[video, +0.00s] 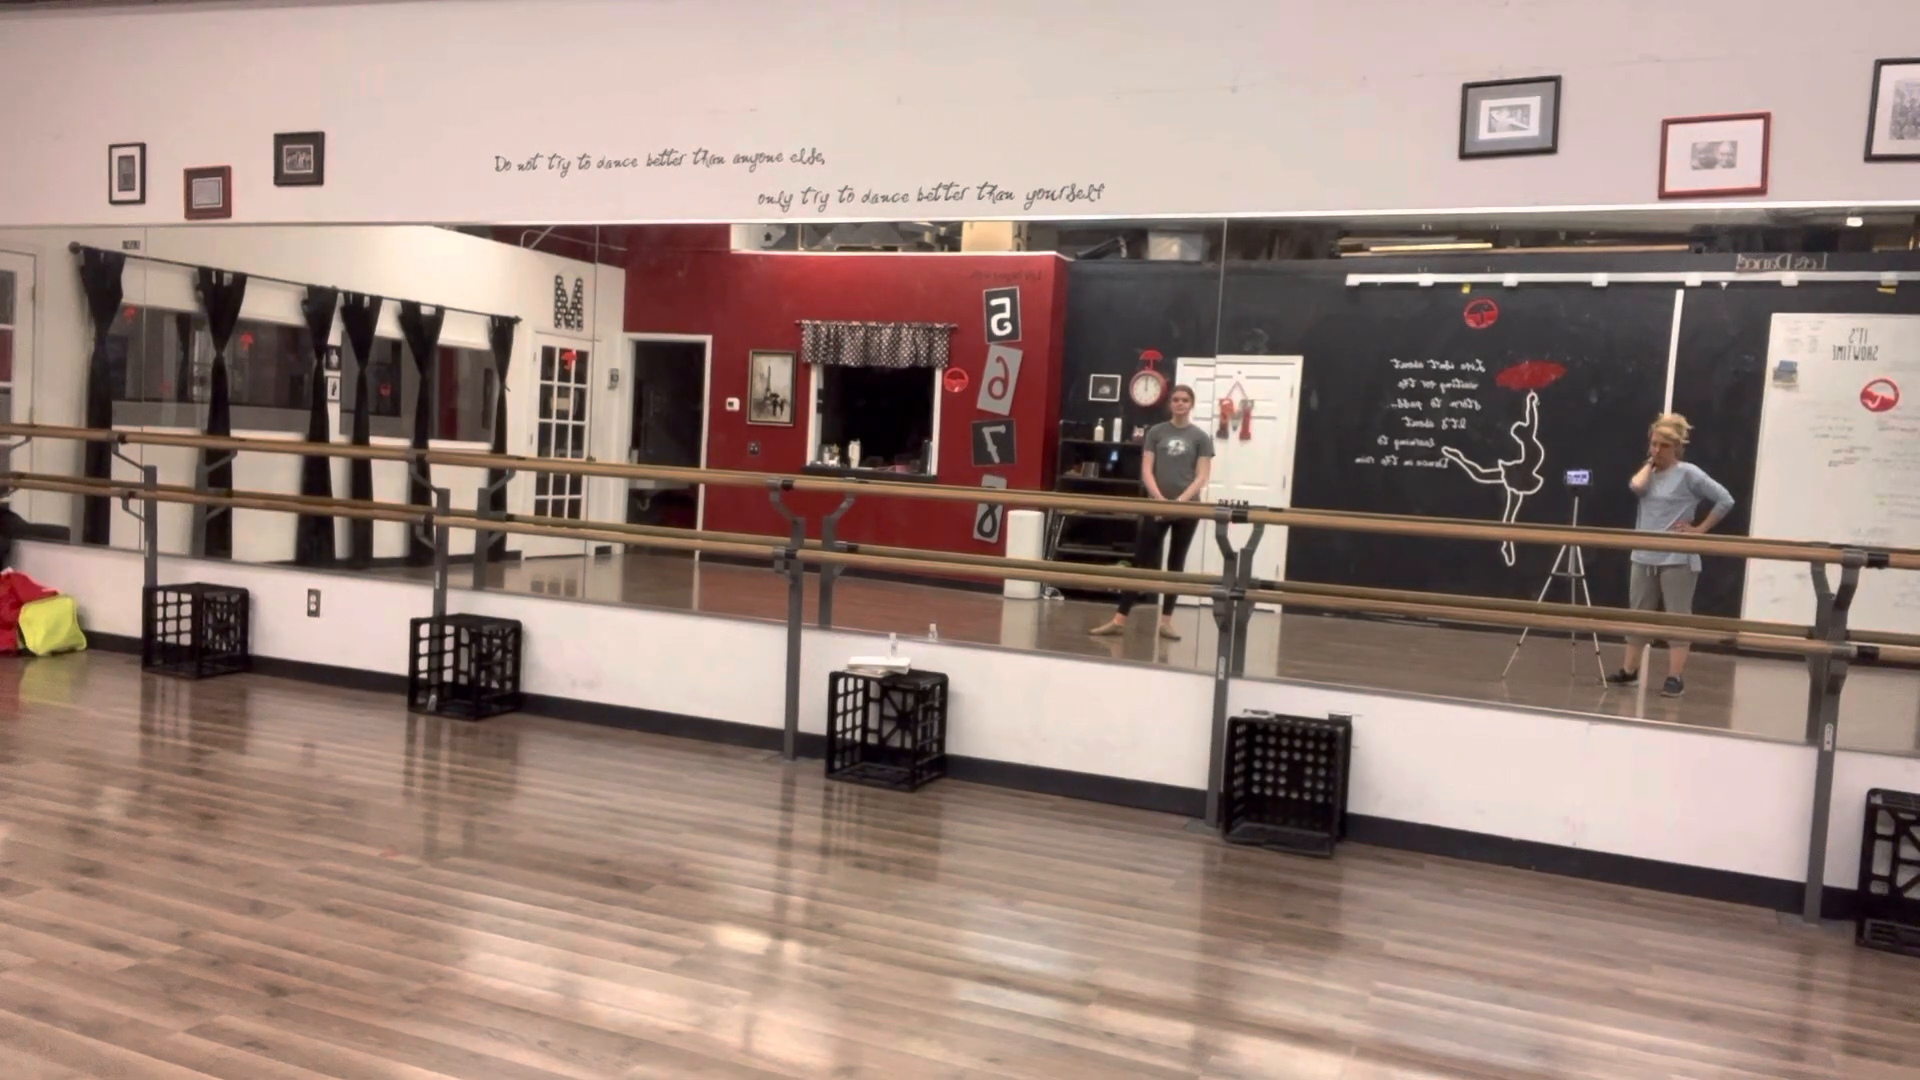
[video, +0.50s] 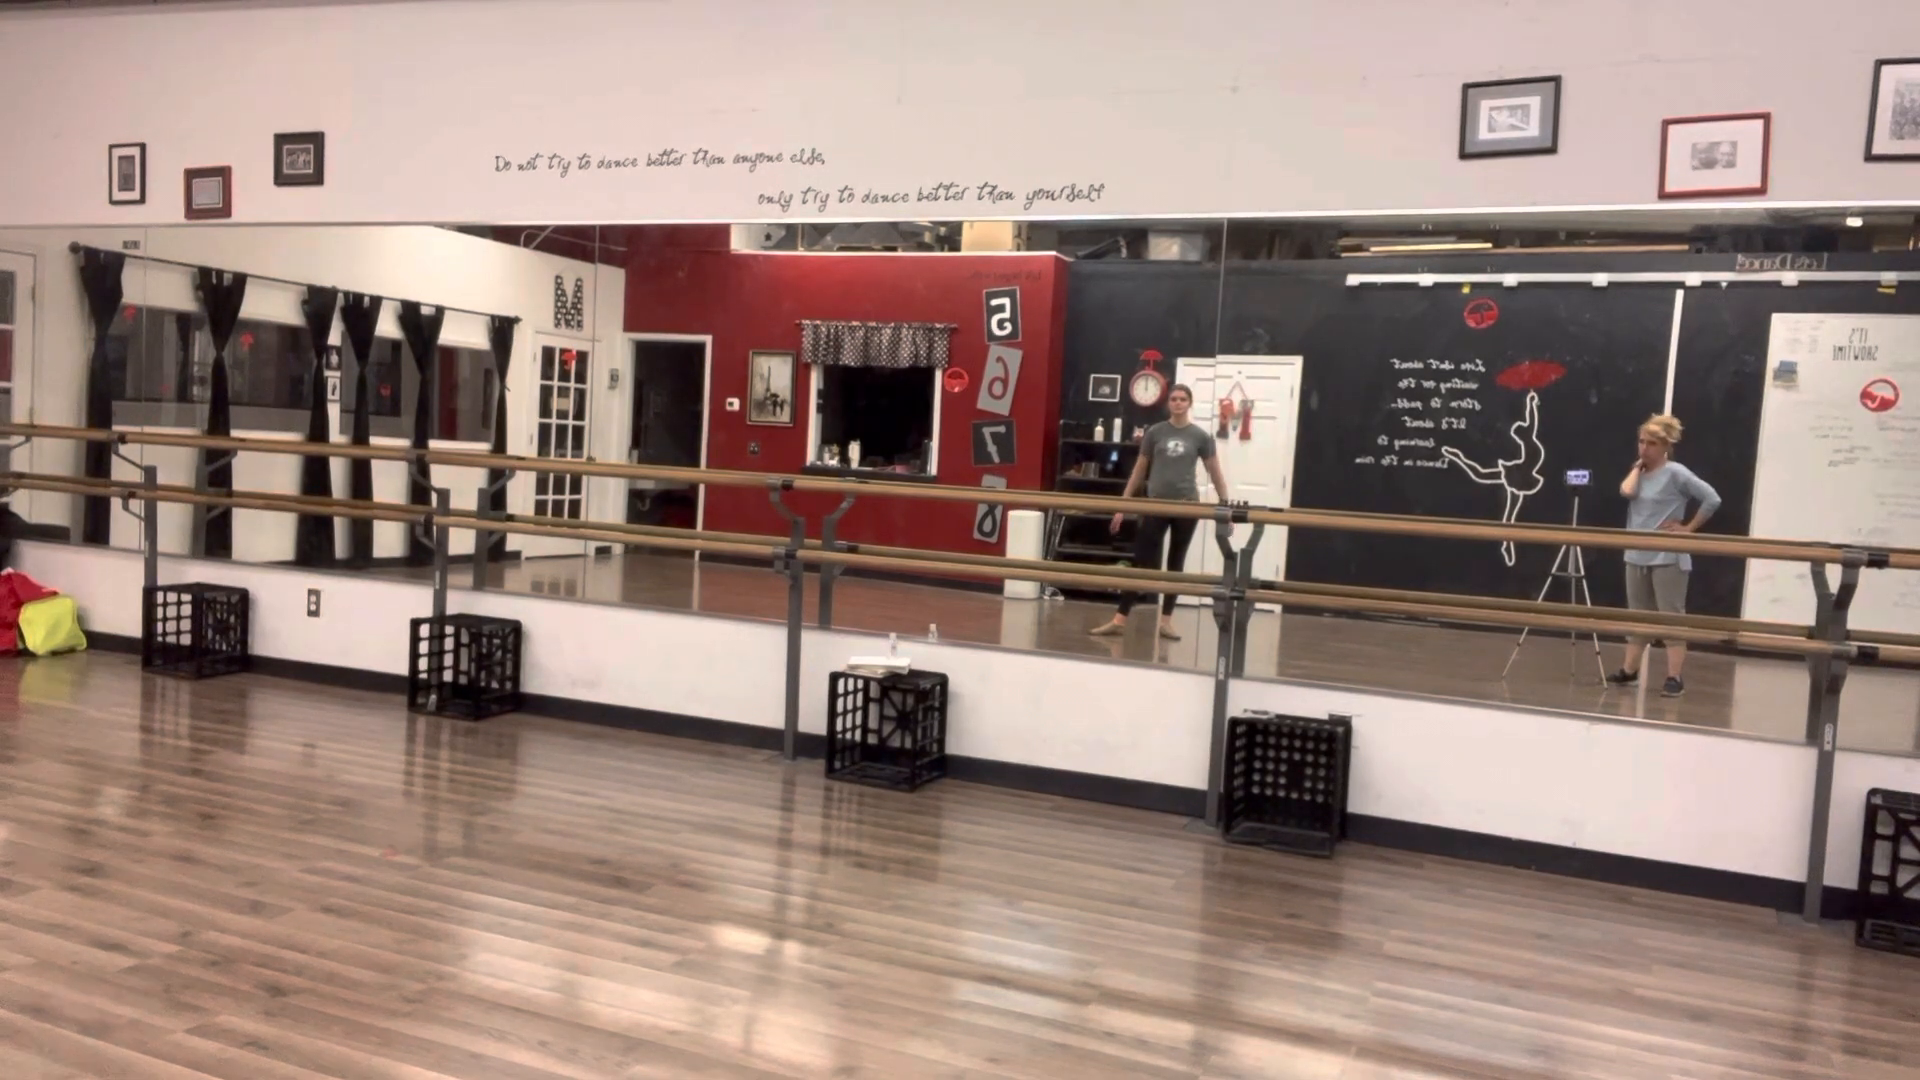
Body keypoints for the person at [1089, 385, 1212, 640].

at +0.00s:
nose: (1180, 404)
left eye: (1185, 400)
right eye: (1176, 400)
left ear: (1192, 405)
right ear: (1170, 403)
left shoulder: (1201, 438)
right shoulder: (1155, 432)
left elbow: (1202, 477)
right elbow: (1146, 471)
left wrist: (1177, 503)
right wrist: (1160, 501)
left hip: (1186, 506)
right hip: (1157, 503)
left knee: (1176, 562)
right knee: (1142, 558)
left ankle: (1166, 619)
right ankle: (1120, 617)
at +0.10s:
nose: (1179, 404)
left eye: (1184, 400)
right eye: (1176, 400)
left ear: (1191, 404)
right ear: (1170, 403)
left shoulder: (1202, 438)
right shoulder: (1155, 432)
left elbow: (1203, 479)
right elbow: (1144, 470)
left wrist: (1187, 509)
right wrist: (1154, 504)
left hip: (1185, 508)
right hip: (1156, 505)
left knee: (1175, 564)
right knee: (1141, 560)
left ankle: (1166, 620)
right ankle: (1120, 617)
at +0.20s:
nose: (1179, 404)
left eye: (1184, 400)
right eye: (1175, 400)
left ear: (1191, 405)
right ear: (1169, 403)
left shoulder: (1201, 438)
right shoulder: (1154, 432)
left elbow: (1206, 479)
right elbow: (1144, 471)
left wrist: (1201, 513)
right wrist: (1144, 507)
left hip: (1184, 509)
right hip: (1155, 507)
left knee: (1175, 566)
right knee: (1141, 561)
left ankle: (1166, 619)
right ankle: (1120, 617)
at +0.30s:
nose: (1178, 404)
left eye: (1183, 400)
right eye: (1174, 399)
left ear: (1190, 404)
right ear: (1168, 403)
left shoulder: (1201, 438)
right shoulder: (1154, 433)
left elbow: (1208, 478)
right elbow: (1142, 472)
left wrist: (1211, 514)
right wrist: (1135, 508)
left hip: (1186, 510)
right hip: (1154, 507)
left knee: (1175, 565)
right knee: (1140, 560)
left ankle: (1165, 620)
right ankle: (1120, 618)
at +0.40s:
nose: (1177, 403)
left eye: (1182, 400)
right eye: (1174, 399)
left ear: (1190, 404)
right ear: (1168, 403)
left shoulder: (1201, 437)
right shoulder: (1154, 432)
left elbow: (1212, 476)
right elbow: (1141, 471)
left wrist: (1220, 506)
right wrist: (1128, 507)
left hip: (1186, 509)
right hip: (1155, 507)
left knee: (1175, 564)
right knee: (1141, 560)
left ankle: (1165, 620)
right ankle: (1120, 618)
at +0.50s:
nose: (1177, 403)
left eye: (1182, 399)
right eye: (1173, 399)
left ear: (1190, 404)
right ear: (1168, 403)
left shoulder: (1201, 436)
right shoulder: (1154, 432)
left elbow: (1215, 474)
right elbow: (1138, 471)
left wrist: (1225, 507)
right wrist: (1121, 508)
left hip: (1186, 509)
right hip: (1154, 506)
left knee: (1175, 564)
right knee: (1141, 559)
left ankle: (1165, 620)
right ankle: (1120, 618)